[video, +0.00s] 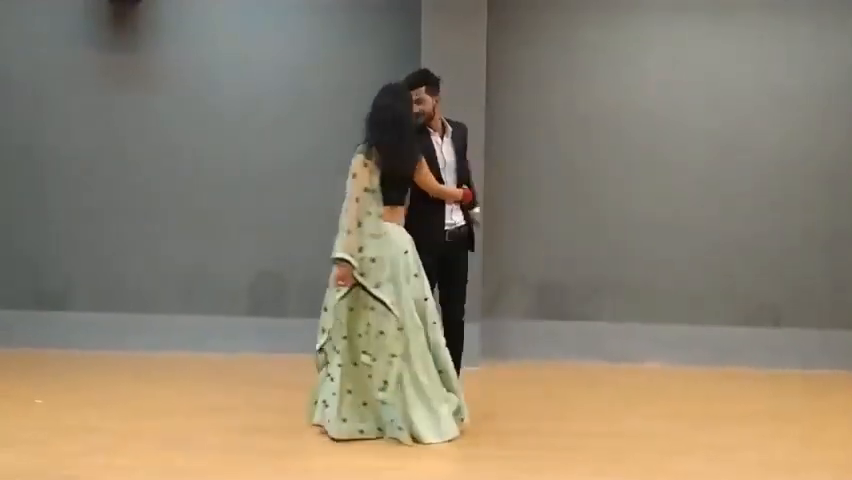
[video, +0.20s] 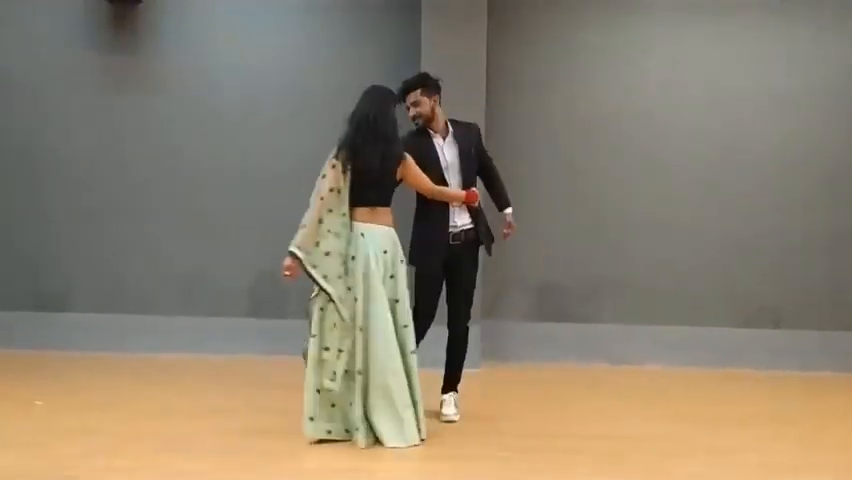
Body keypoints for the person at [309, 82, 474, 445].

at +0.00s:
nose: (414, 111)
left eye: (411, 103)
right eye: (410, 106)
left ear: (375, 114)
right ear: (406, 115)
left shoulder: (364, 158)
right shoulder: (411, 156)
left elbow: (352, 210)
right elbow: (432, 188)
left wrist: (345, 256)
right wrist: (458, 194)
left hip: (369, 248)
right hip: (400, 247)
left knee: (363, 329)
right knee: (401, 328)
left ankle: (358, 410)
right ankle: (401, 409)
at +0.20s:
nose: (396, 118)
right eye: (394, 112)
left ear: (359, 113)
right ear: (391, 116)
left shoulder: (343, 154)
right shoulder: (397, 157)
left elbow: (320, 204)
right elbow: (429, 189)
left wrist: (298, 250)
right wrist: (463, 195)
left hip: (352, 239)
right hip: (386, 240)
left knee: (344, 326)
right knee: (382, 329)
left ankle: (342, 414)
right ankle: (383, 413)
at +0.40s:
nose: (382, 124)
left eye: (380, 117)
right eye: (381, 118)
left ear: (349, 119)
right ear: (375, 122)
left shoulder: (331, 163)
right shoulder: (383, 163)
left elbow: (305, 212)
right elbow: (420, 200)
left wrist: (281, 251)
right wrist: (461, 203)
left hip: (339, 245)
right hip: (373, 245)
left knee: (336, 330)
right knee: (369, 332)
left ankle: (330, 415)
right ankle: (365, 417)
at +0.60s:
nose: (380, 126)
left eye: (378, 119)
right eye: (378, 120)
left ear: (347, 122)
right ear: (370, 124)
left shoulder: (327, 165)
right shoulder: (376, 165)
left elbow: (314, 216)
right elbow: (410, 203)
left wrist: (301, 260)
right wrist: (453, 203)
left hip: (334, 248)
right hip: (368, 248)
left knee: (331, 329)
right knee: (367, 331)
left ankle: (324, 411)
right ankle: (362, 413)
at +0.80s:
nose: (374, 128)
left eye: (374, 121)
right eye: (372, 122)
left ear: (344, 124)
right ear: (361, 124)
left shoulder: (332, 163)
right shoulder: (364, 163)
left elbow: (331, 211)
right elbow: (395, 205)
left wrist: (380, 211)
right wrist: (440, 202)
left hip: (335, 246)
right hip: (361, 247)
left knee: (332, 326)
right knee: (361, 327)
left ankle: (324, 404)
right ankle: (357, 407)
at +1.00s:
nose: (369, 126)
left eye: (369, 119)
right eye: (365, 120)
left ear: (352, 123)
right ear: (350, 122)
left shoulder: (354, 158)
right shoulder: (343, 160)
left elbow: (359, 207)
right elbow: (360, 206)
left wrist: (383, 211)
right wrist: (400, 205)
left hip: (355, 240)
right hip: (342, 242)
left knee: (358, 320)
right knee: (349, 320)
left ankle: (355, 401)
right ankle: (346, 403)